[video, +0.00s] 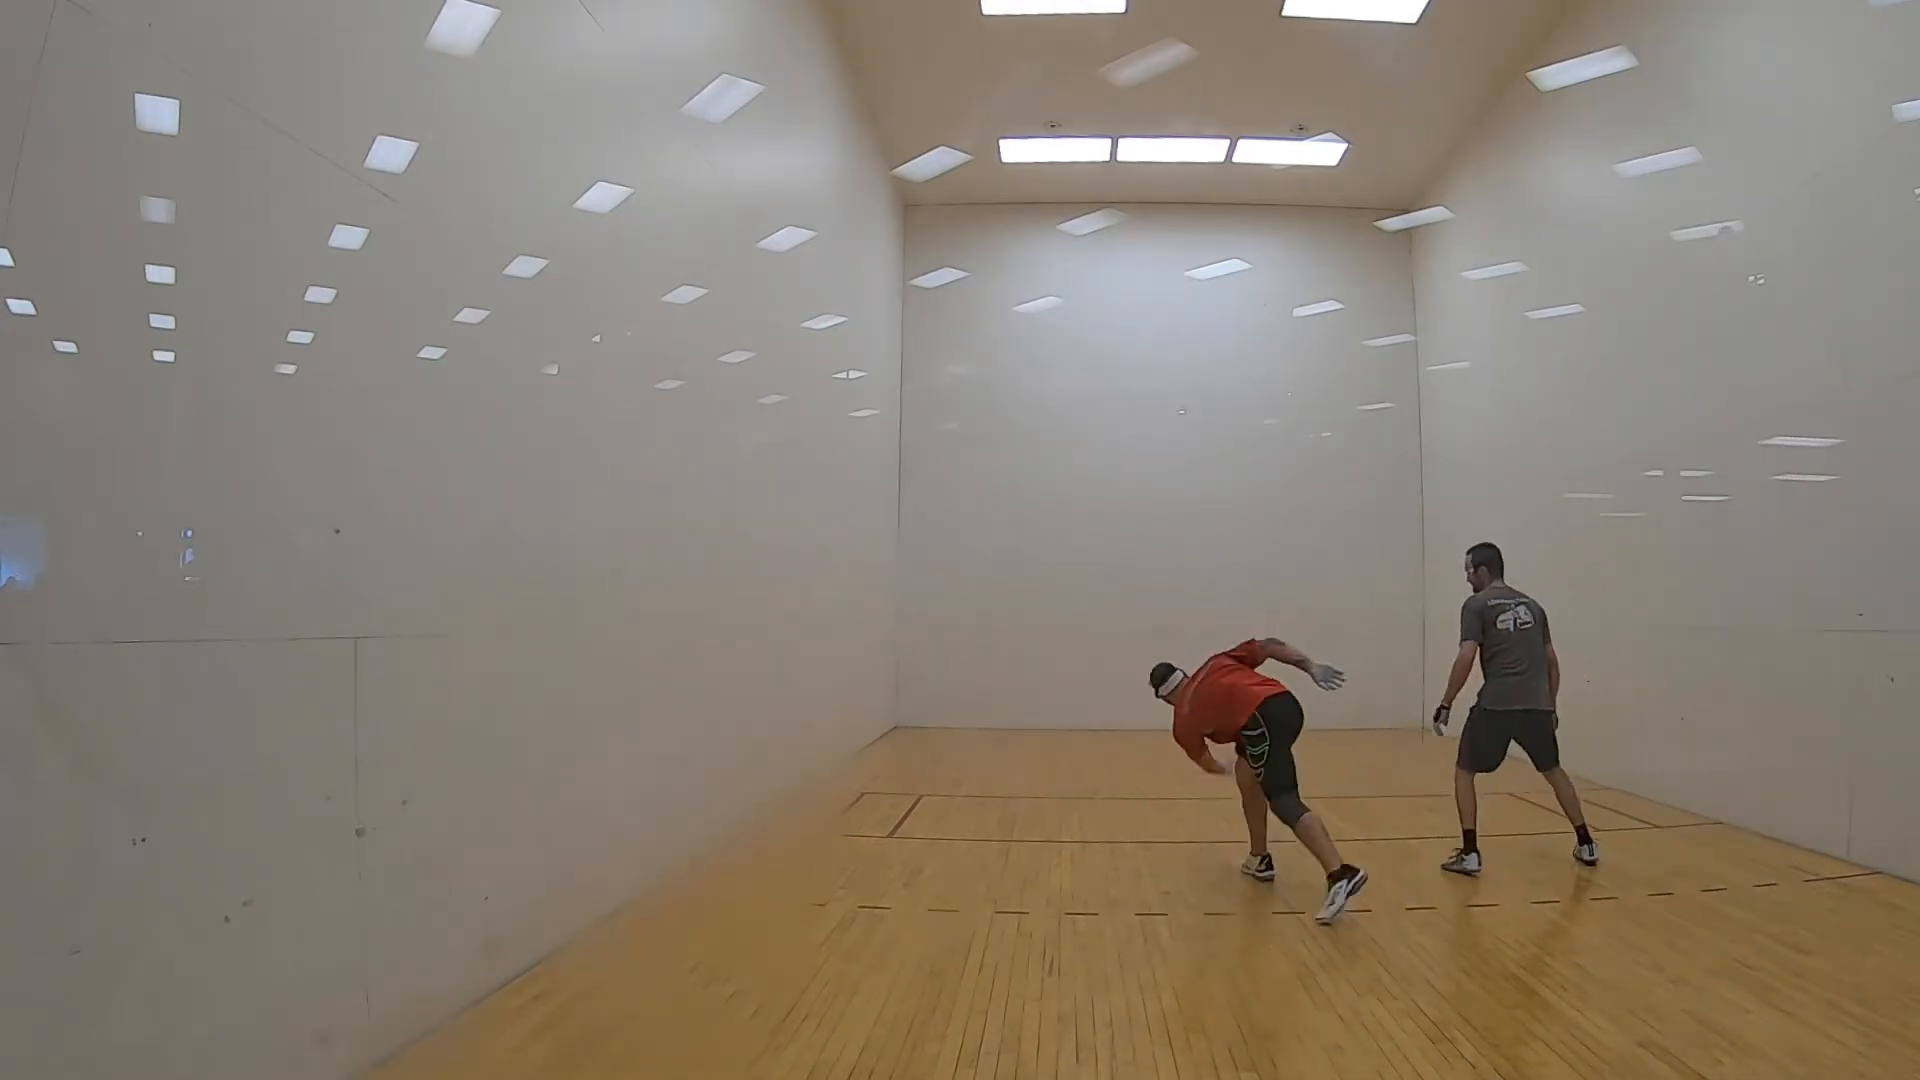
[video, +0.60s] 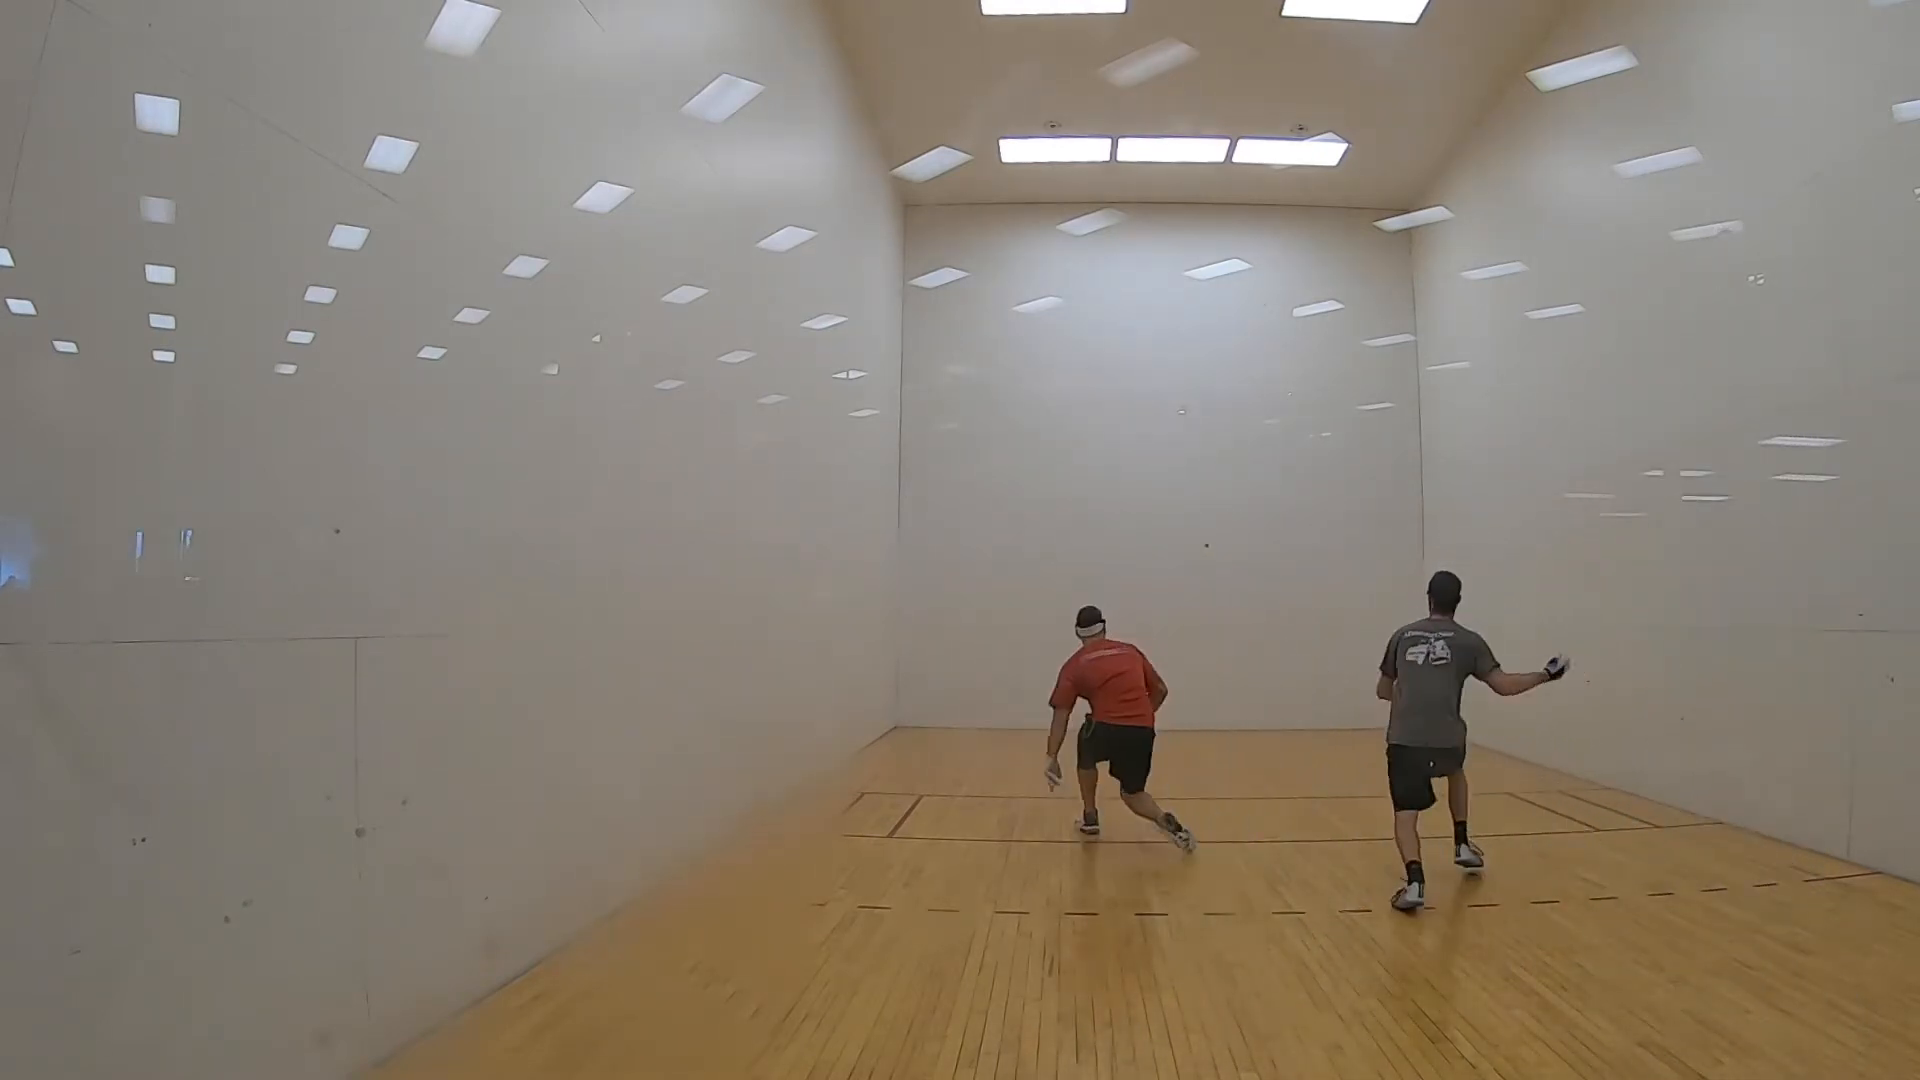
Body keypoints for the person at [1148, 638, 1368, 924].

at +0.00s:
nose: (1169, 701)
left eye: (1165, 697)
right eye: (1167, 695)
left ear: (1166, 696)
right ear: (1184, 674)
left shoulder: (1183, 723)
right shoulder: (1217, 662)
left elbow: (1206, 762)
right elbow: (1268, 645)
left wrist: (1224, 768)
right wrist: (1311, 666)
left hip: (1262, 725)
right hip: (1288, 707)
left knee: (1285, 803)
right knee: (1245, 772)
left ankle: (1339, 874)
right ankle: (1258, 857)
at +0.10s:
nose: (1159, 693)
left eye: (1157, 689)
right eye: (1161, 687)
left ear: (1156, 688)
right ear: (1177, 670)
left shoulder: (1163, 710)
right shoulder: (1206, 665)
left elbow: (1196, 732)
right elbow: (1259, 647)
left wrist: (1222, 745)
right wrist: (1301, 667)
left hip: (1236, 721)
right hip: (1265, 702)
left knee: (1275, 796)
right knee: (1232, 771)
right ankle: (1258, 852)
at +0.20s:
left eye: (1139, 670)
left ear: (1140, 668)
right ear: (1161, 650)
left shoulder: (1145, 692)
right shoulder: (1189, 649)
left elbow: (1173, 743)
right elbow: (1238, 629)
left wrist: (1203, 734)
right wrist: (1273, 660)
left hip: (1213, 702)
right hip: (1244, 686)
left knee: (1218, 785)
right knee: (1237, 773)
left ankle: (1285, 787)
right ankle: (1257, 843)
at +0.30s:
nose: (1130, 648)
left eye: (1124, 647)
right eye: (1132, 641)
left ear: (1118, 650)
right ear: (1142, 633)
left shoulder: (1125, 674)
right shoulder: (1173, 632)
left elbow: (1131, 725)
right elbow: (1215, 616)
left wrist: (1147, 765)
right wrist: (1234, 654)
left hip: (1184, 693)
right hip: (1221, 683)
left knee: (1159, 755)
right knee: (1225, 766)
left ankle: (1195, 818)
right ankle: (1252, 831)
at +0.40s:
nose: (1103, 638)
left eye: (1101, 634)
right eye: (1104, 634)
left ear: (1099, 634)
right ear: (1124, 622)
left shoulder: (1103, 661)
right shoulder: (1155, 628)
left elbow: (1103, 708)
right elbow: (1196, 625)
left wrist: (1101, 753)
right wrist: (1201, 666)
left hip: (1154, 707)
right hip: (1192, 700)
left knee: (1123, 757)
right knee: (1206, 771)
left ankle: (1107, 817)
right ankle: (1242, 823)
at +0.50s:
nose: (1089, 633)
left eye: (1086, 630)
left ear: (1083, 631)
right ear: (1109, 623)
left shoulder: (1083, 661)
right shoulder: (1141, 640)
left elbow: (1081, 707)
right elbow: (1179, 658)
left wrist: (1076, 754)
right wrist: (1169, 693)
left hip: (1119, 728)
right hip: (1158, 729)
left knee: (1095, 758)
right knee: (1171, 799)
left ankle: (1090, 817)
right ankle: (1213, 821)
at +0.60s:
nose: (1087, 634)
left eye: (1080, 631)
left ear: (1078, 633)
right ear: (1104, 628)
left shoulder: (1074, 666)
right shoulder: (1131, 652)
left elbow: (1060, 716)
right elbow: (1160, 690)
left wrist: (1051, 757)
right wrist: (1140, 716)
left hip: (1105, 733)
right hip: (1141, 733)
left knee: (1085, 740)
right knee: (1132, 793)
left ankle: (1090, 816)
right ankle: (1164, 820)